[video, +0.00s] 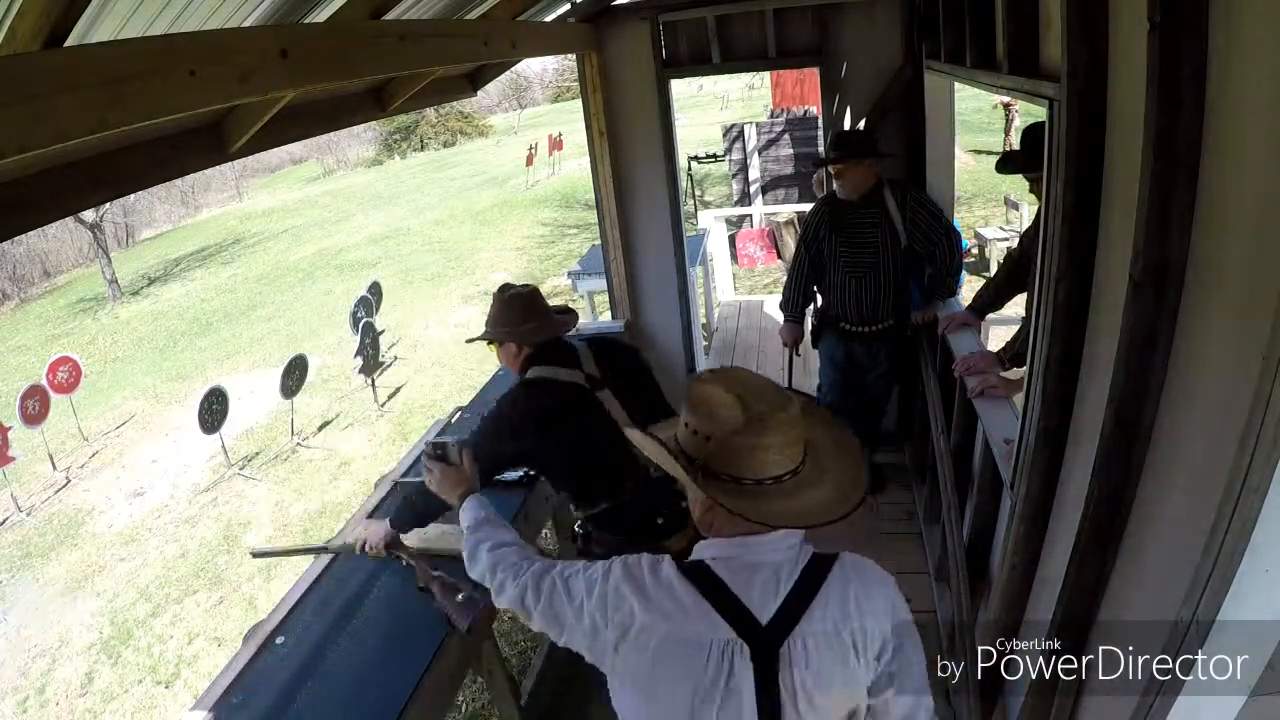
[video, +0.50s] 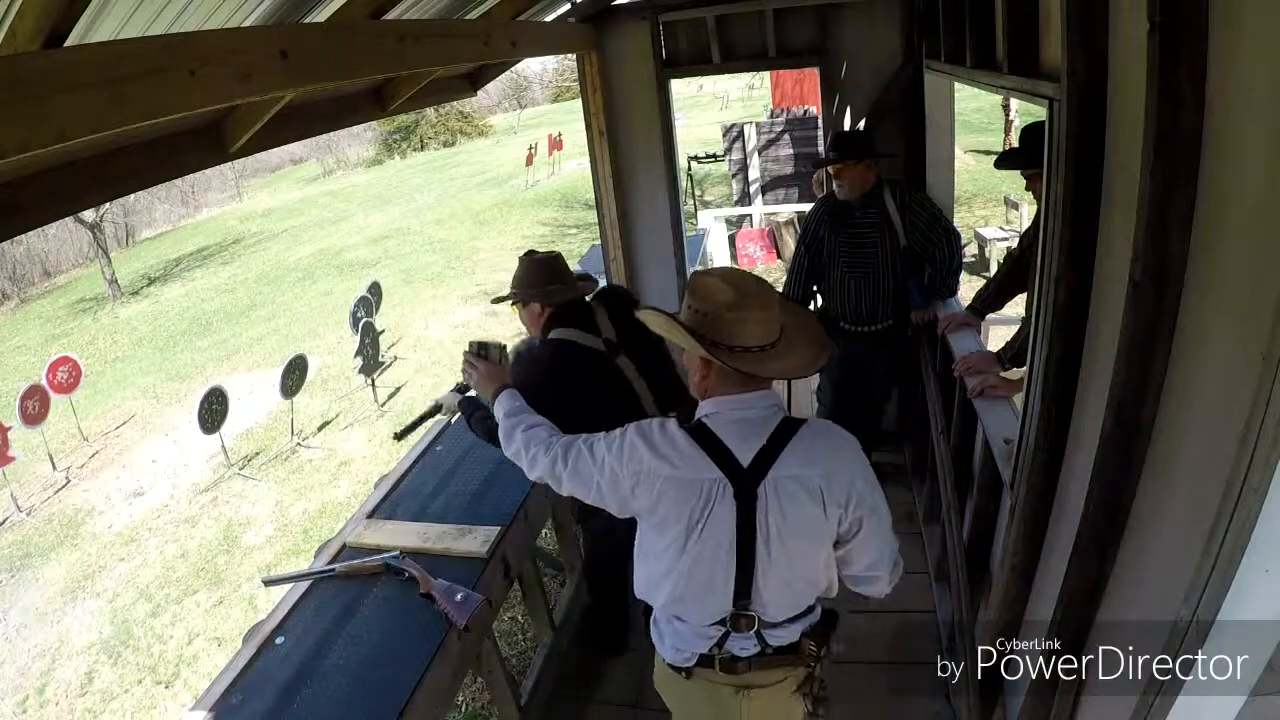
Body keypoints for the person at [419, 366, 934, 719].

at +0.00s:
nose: (678, 492)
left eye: (682, 480)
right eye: (678, 480)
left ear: (700, 496)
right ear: (802, 490)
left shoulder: (631, 597)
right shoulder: (870, 598)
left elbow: (514, 574)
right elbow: (909, 711)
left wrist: (467, 500)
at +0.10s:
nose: (690, 452)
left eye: (692, 440)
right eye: (691, 437)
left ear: (710, 462)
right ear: (803, 449)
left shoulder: (640, 552)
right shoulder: (865, 553)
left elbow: (537, 541)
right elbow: (905, 694)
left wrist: (486, 471)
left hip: (673, 708)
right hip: (813, 710)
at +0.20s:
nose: (687, 417)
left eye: (692, 407)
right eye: (689, 406)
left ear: (712, 424)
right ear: (798, 421)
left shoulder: (649, 520)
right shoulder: (859, 515)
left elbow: (544, 512)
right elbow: (901, 643)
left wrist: (499, 443)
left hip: (694, 708)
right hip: (815, 703)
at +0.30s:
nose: (689, 391)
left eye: (692, 380)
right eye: (691, 378)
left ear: (708, 396)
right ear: (790, 391)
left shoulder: (652, 489)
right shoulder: (851, 484)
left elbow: (547, 486)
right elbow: (894, 608)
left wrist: (502, 421)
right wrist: (826, 580)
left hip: (696, 705)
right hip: (809, 698)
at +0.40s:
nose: (687, 375)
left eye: (690, 364)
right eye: (689, 363)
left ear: (705, 379)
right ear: (784, 378)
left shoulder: (652, 467)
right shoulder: (841, 462)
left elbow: (549, 466)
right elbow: (884, 586)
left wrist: (503, 404)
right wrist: (817, 551)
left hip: (693, 697)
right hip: (801, 690)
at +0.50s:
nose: (677, 360)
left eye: (682, 350)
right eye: (678, 349)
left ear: (702, 364)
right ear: (775, 363)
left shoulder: (652, 451)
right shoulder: (835, 451)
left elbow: (548, 457)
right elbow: (876, 578)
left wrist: (498, 394)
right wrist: (814, 535)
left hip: (685, 678)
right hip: (788, 675)